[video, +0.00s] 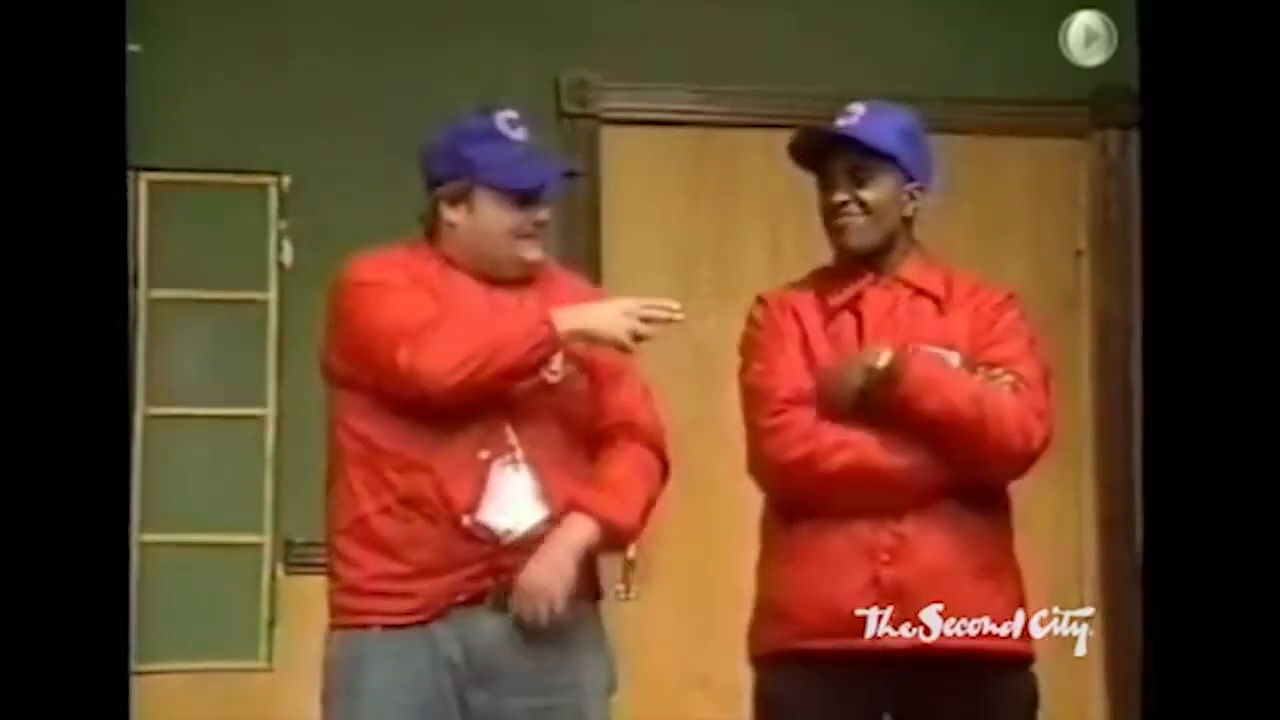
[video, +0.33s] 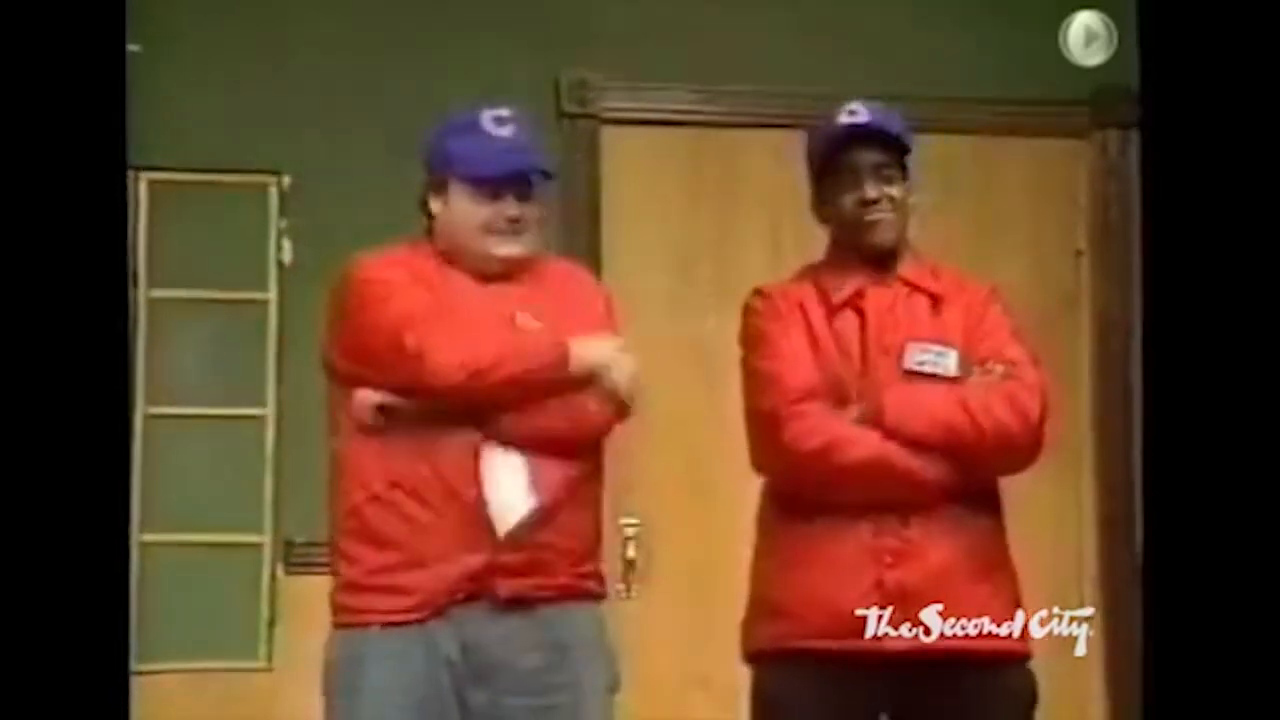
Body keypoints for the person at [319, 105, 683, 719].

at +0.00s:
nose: (541, 215)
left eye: (544, 199)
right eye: (520, 200)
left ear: (552, 200)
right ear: (453, 208)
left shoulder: (569, 296)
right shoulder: (374, 283)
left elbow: (637, 441)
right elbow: (433, 370)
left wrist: (570, 540)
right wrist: (561, 322)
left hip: (547, 625)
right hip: (394, 633)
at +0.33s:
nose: (511, 209)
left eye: (525, 191)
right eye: (488, 191)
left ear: (542, 202)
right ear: (436, 201)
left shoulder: (573, 288)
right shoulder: (379, 280)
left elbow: (589, 416)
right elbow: (439, 365)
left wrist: (437, 404)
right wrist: (574, 360)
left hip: (549, 614)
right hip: (397, 622)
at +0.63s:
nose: (458, 212)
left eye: (482, 197)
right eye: (444, 192)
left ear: (525, 217)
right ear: (425, 203)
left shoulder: (578, 297)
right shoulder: (376, 289)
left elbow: (593, 424)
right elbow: (416, 385)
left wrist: (432, 413)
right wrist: (566, 372)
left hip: (551, 612)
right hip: (390, 617)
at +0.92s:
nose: (446, 216)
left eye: (471, 199)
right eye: (436, 198)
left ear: (524, 217)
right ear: (422, 210)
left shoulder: (581, 297)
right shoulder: (381, 290)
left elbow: (590, 423)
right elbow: (406, 385)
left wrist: (426, 411)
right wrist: (563, 368)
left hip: (554, 609)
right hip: (389, 614)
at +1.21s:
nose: (448, 208)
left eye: (472, 191)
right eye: (438, 189)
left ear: (526, 206)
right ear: (424, 199)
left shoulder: (584, 290)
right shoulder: (382, 283)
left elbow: (584, 424)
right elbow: (403, 386)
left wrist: (425, 410)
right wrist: (559, 370)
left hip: (550, 612)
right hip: (391, 615)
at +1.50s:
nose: (442, 203)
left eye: (467, 186)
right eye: (434, 184)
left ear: (521, 201)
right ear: (422, 193)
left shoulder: (578, 286)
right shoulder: (377, 278)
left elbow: (578, 429)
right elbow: (394, 389)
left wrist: (410, 422)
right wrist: (550, 378)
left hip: (542, 615)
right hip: (386, 618)